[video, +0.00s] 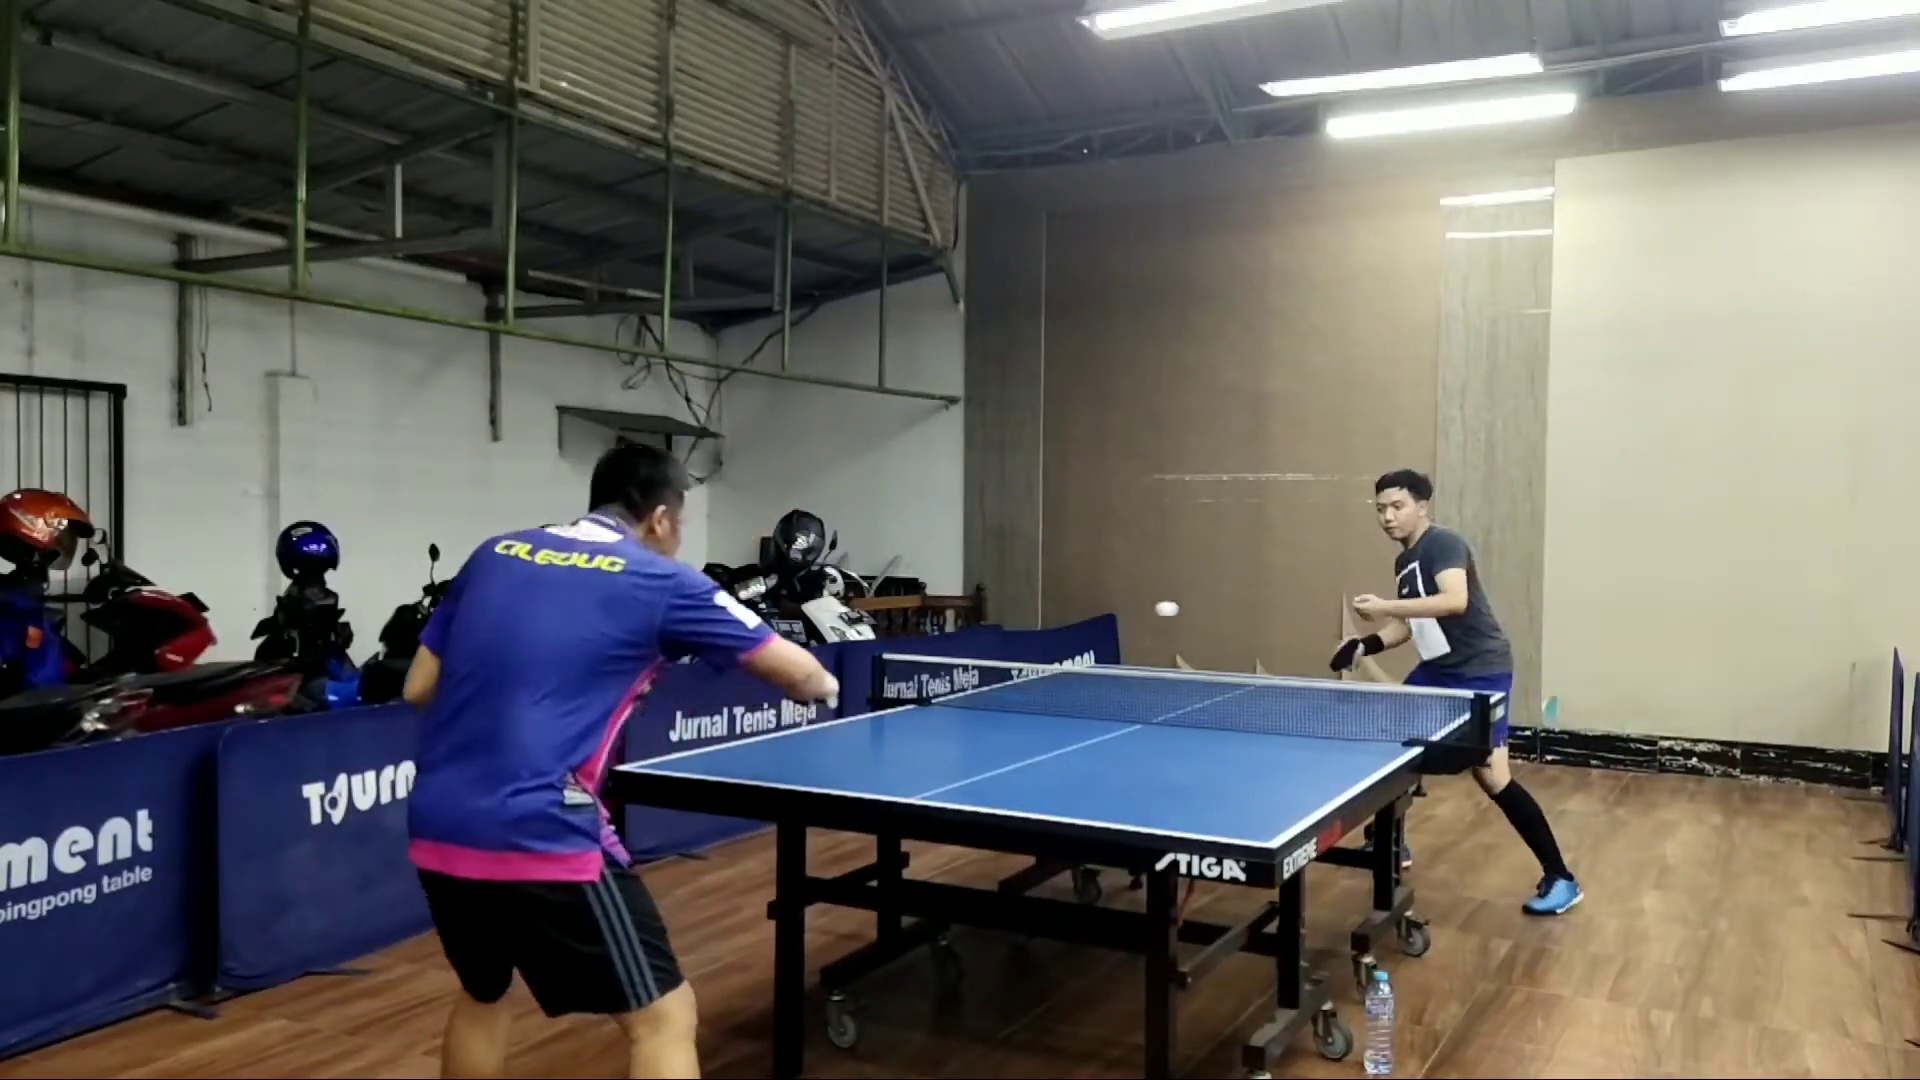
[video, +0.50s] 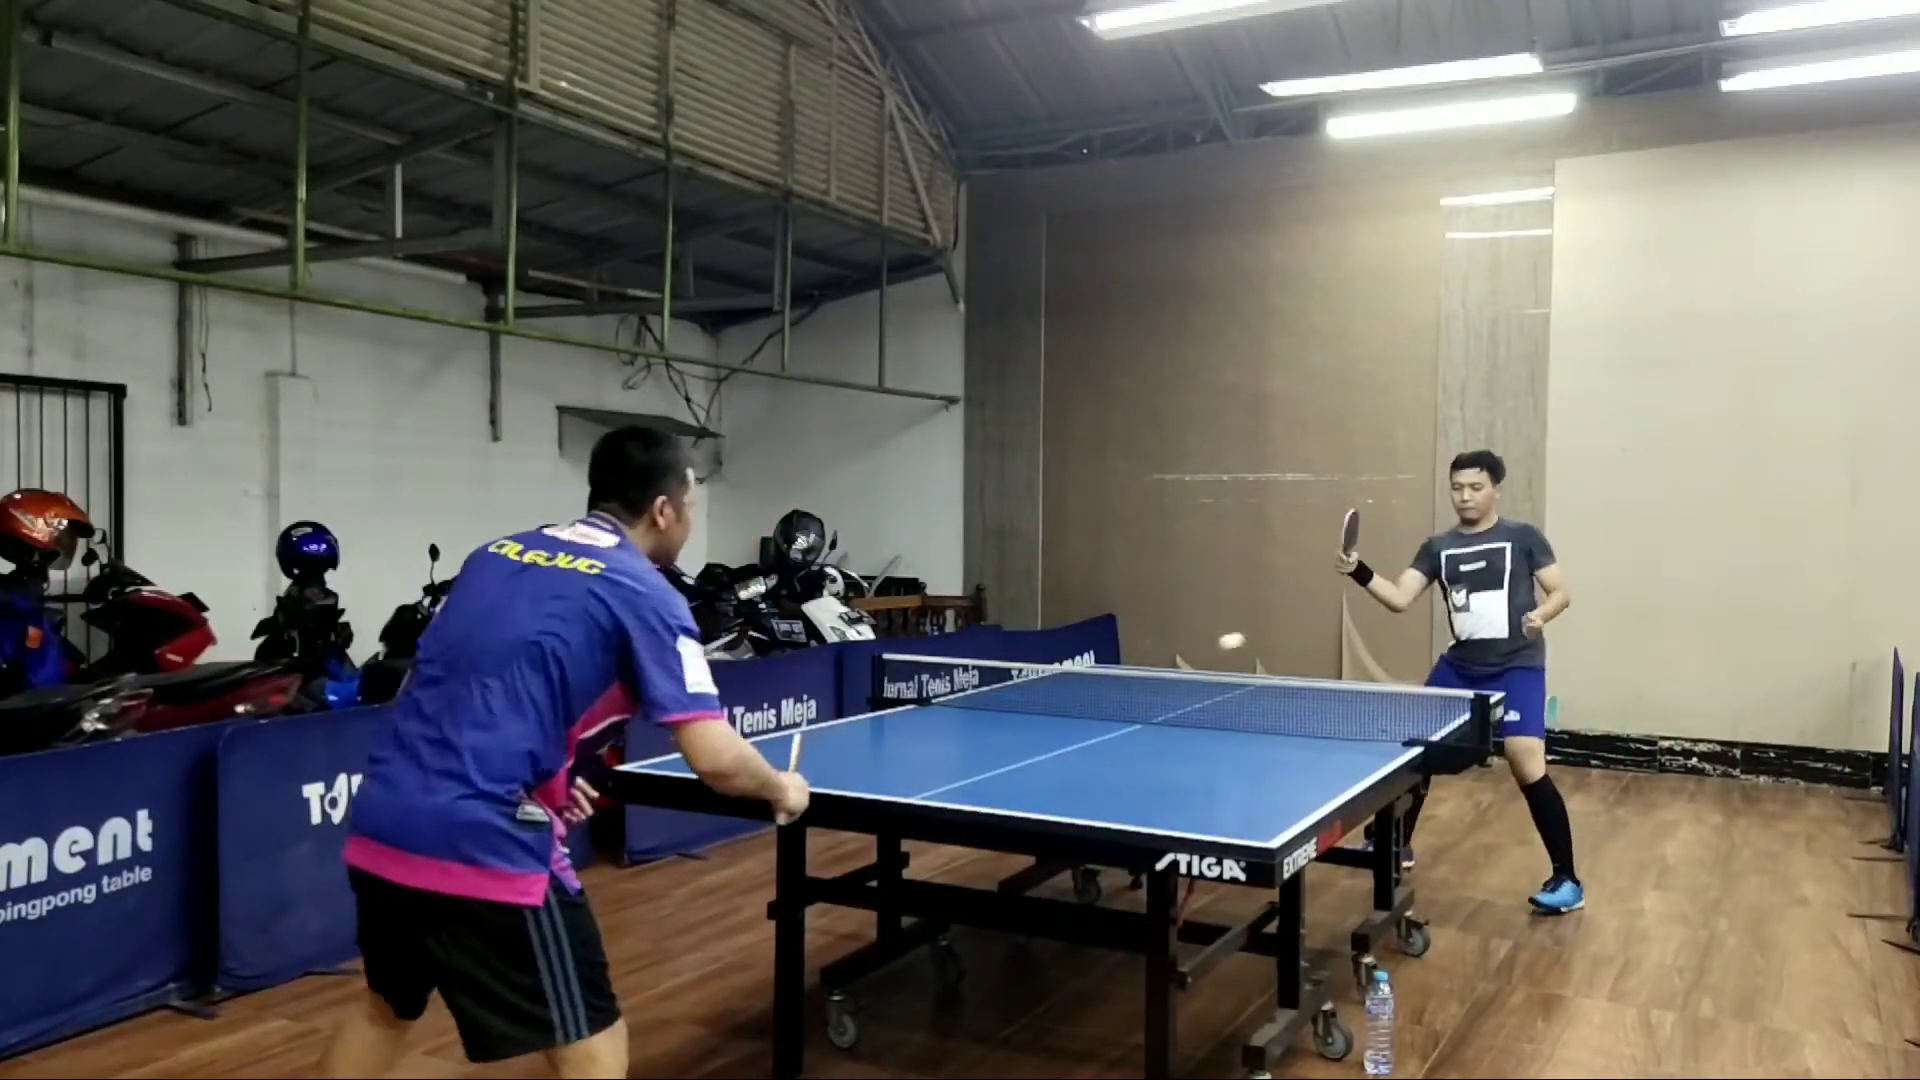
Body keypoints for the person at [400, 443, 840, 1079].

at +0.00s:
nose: (680, 538)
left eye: (681, 521)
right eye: (680, 520)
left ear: (594, 506)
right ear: (656, 518)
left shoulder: (494, 553)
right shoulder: (658, 579)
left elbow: (419, 687)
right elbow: (804, 675)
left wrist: (505, 689)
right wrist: (820, 685)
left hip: (437, 830)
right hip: (545, 835)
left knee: (481, 994)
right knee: (662, 1014)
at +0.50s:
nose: (692, 519)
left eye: (691, 501)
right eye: (690, 502)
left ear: (596, 496)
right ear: (662, 509)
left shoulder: (498, 551)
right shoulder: (645, 592)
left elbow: (442, 681)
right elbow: (716, 757)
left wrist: (539, 760)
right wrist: (778, 790)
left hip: (378, 828)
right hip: (488, 845)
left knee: (382, 1006)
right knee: (592, 1043)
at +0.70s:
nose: (676, 582)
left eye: (679, 567)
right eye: (678, 566)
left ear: (592, 538)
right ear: (653, 559)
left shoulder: (484, 585)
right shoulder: (626, 641)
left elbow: (451, 718)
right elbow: (717, 789)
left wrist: (556, 766)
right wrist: (761, 768)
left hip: (353, 869)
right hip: (468, 888)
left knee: (365, 1032)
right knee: (619, 1051)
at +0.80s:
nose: (690, 597)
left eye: (694, 582)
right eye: (692, 582)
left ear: (605, 551)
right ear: (666, 576)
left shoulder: (494, 588)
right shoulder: (650, 648)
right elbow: (804, 749)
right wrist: (850, 729)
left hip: (354, 873)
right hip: (470, 896)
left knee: (361, 1036)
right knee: (631, 1054)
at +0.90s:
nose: (697, 584)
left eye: (697, 570)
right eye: (697, 569)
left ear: (603, 540)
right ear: (672, 560)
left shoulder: (492, 579)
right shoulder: (660, 630)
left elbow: (396, 690)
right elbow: (837, 693)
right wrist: (900, 687)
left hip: (357, 872)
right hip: (482, 894)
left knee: (349, 1042)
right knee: (630, 1056)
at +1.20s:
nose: (642, 545)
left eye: (643, 526)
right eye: (640, 526)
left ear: (544, 511)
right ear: (607, 526)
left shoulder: (437, 573)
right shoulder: (576, 599)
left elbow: (355, 687)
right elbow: (716, 684)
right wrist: (828, 665)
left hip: (323, 867)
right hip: (438, 880)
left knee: (313, 1047)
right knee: (587, 1053)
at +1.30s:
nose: (620, 534)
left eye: (620, 518)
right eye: (618, 518)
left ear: (525, 510)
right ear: (587, 523)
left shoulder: (432, 565)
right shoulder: (540, 595)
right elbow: (644, 713)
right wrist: (773, 714)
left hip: (292, 853)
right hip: (401, 867)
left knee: (304, 1045)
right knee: (542, 1058)